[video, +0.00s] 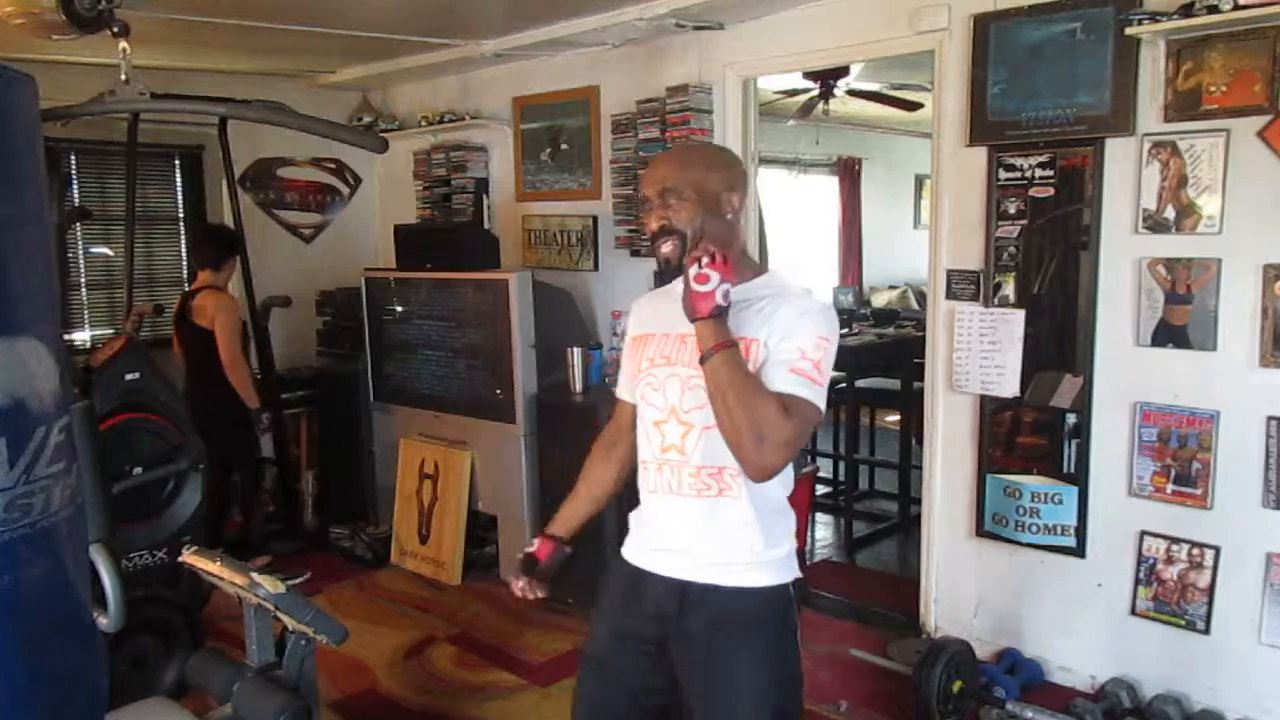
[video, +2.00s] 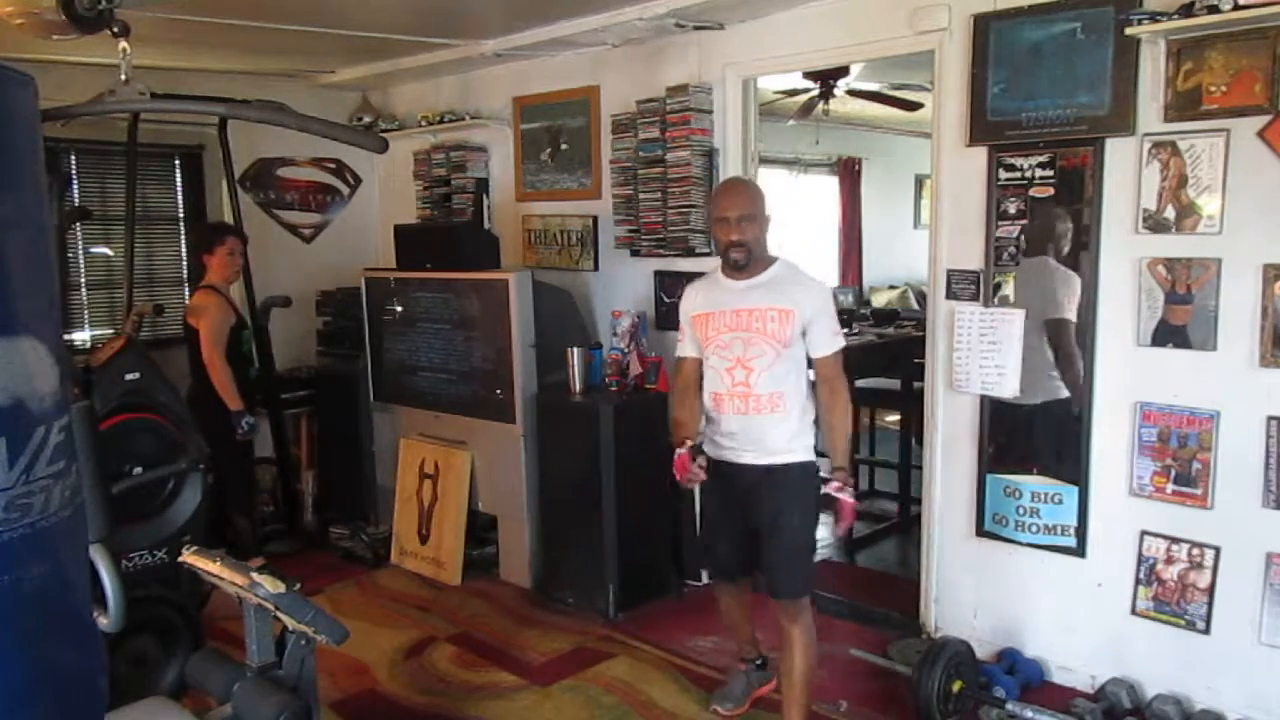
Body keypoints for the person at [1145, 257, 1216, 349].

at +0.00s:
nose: (1182, 272)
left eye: (1184, 269)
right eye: (1180, 269)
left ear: (1188, 272)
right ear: (1175, 271)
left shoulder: (1192, 287)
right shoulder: (1168, 286)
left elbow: (1213, 268)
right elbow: (1151, 266)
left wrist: (1196, 262)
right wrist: (1165, 260)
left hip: (1181, 329)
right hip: (1164, 328)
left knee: (1191, 358)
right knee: (1154, 356)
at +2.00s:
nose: (1181, 272)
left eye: (1184, 269)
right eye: (1178, 269)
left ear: (1188, 272)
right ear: (1173, 272)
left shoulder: (1191, 287)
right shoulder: (1168, 286)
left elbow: (1213, 268)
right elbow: (1151, 265)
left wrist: (1194, 262)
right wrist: (1166, 261)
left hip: (1181, 329)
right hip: (1165, 327)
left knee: (1189, 358)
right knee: (1155, 356)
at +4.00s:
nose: (1179, 273)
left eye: (1183, 269)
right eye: (1176, 270)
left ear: (1188, 273)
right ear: (1172, 272)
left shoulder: (1191, 287)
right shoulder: (1168, 286)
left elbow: (1213, 268)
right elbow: (1151, 265)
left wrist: (1195, 262)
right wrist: (1166, 262)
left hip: (1181, 329)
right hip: (1164, 328)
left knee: (1191, 357)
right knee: (1154, 356)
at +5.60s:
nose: (1180, 272)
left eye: (1183, 269)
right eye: (1177, 269)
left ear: (1188, 272)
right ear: (1173, 272)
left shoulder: (1191, 287)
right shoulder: (1168, 286)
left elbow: (1212, 267)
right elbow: (1151, 266)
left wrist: (1195, 262)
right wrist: (1166, 261)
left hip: (1181, 329)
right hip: (1165, 328)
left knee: (1190, 357)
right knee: (1154, 356)